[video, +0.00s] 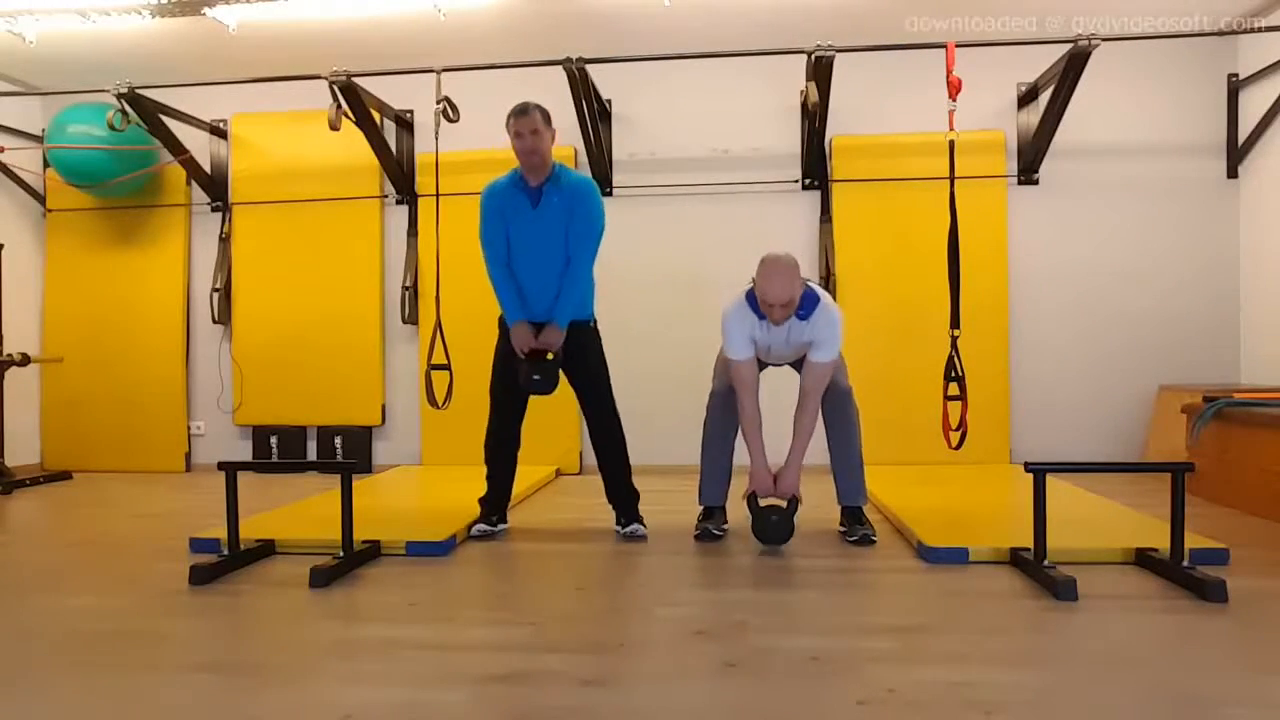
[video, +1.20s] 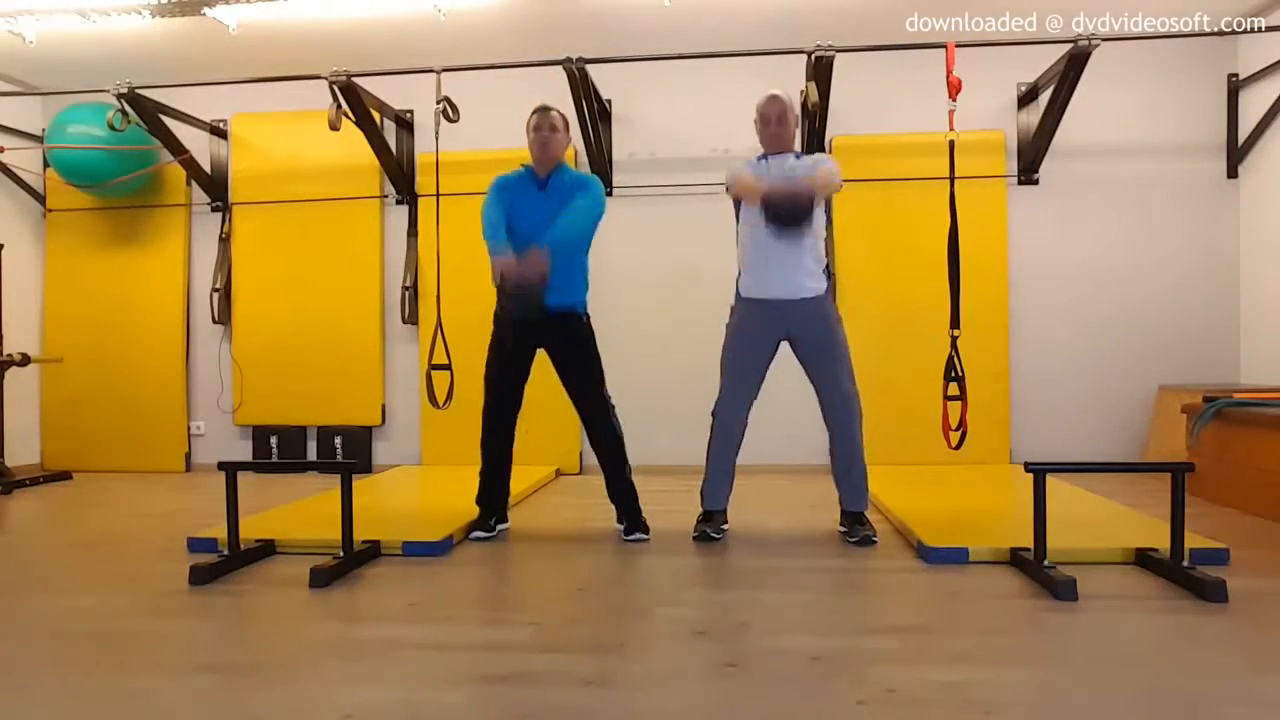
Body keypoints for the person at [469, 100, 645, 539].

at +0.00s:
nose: (528, 141)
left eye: (535, 132)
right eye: (519, 135)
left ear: (552, 136)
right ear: (510, 141)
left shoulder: (582, 190)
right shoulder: (496, 196)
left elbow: (582, 262)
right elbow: (496, 264)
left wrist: (560, 322)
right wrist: (515, 321)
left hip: (573, 322)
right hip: (517, 324)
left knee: (603, 418)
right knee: (503, 422)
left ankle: (627, 514)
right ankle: (493, 512)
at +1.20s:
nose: (544, 134)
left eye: (552, 128)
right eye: (537, 128)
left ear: (567, 140)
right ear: (527, 139)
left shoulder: (587, 187)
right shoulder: (503, 187)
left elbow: (575, 227)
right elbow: (493, 227)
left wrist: (543, 253)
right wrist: (503, 255)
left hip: (566, 317)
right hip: (514, 316)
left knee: (598, 415)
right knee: (498, 415)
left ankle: (629, 515)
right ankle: (492, 513)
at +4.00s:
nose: (526, 231)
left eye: (535, 221)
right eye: (517, 223)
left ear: (553, 226)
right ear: (509, 231)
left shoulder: (588, 274)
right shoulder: (495, 280)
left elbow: (589, 348)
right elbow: (512, 351)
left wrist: (572, 404)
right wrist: (538, 405)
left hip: (585, 362)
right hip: (527, 366)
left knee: (626, 413)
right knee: (475, 413)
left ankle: (629, 514)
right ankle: (492, 514)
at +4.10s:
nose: (528, 183)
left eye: (537, 175)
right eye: (520, 176)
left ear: (555, 183)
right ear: (512, 186)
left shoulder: (588, 241)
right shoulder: (496, 245)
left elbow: (588, 321)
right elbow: (512, 322)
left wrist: (569, 378)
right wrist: (536, 384)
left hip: (582, 346)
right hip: (524, 348)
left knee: (620, 413)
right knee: (482, 411)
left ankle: (629, 514)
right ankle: (492, 513)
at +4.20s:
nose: (531, 144)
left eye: (541, 136)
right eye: (524, 138)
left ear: (560, 147)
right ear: (516, 150)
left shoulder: (587, 205)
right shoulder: (500, 208)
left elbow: (582, 278)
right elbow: (502, 279)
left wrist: (559, 337)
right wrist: (518, 337)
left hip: (577, 326)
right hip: (520, 327)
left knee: (610, 410)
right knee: (489, 412)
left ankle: (628, 514)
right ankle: (492, 514)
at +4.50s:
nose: (546, 129)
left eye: (554, 124)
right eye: (538, 125)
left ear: (570, 140)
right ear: (527, 139)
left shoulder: (589, 176)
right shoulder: (514, 180)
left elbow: (577, 174)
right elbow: (488, 180)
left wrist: (537, 143)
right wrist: (493, 144)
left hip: (572, 312)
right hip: (519, 310)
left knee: (599, 413)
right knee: (506, 415)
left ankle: (630, 516)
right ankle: (493, 515)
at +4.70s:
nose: (542, 135)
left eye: (549, 129)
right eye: (534, 130)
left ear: (565, 139)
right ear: (525, 142)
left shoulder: (585, 177)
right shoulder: (512, 179)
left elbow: (575, 137)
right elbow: (489, 153)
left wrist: (542, 94)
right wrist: (497, 103)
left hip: (573, 311)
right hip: (521, 310)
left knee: (600, 413)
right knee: (507, 415)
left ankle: (629, 514)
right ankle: (493, 514)